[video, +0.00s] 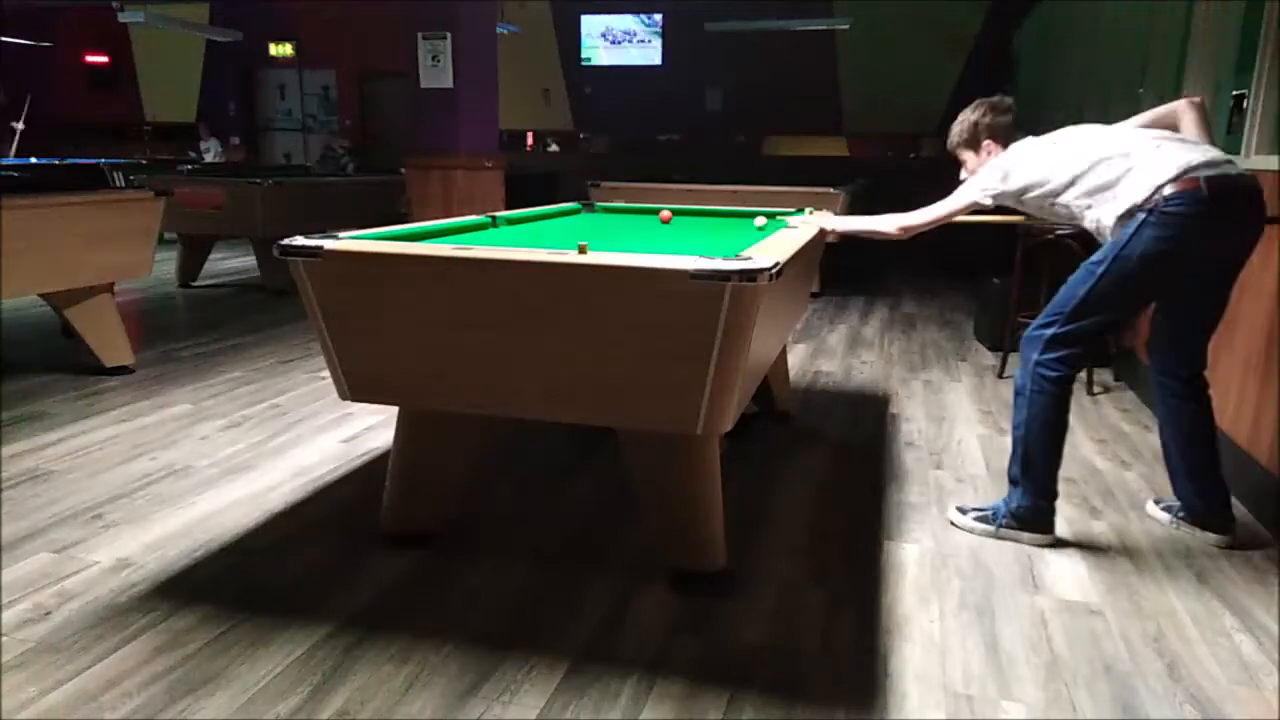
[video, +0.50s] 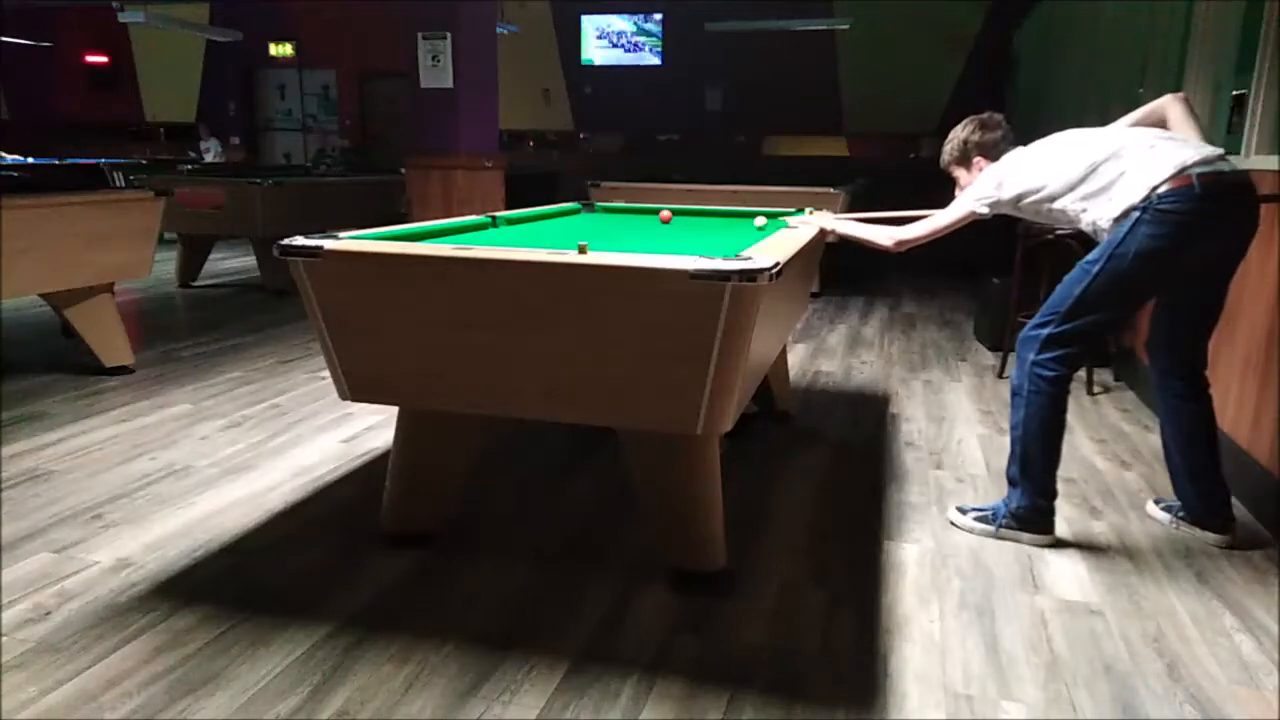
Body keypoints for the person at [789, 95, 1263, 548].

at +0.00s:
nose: (967, 179)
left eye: (967, 168)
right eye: (964, 170)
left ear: (990, 148)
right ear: (1009, 137)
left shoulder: (1005, 168)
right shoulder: (1096, 137)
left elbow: (906, 226)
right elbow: (1185, 107)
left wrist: (839, 225)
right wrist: (1210, 176)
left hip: (1176, 206)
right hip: (1239, 199)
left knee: (1045, 346)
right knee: (1176, 360)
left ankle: (1026, 510)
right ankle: (1207, 509)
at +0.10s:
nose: (962, 195)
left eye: (959, 182)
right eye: (959, 185)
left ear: (978, 166)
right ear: (1008, 148)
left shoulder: (1003, 175)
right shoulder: (1082, 143)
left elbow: (901, 237)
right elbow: (1169, 98)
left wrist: (836, 225)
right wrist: (1203, 165)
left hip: (1174, 201)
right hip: (1234, 197)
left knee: (1045, 345)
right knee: (1178, 359)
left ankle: (1026, 510)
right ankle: (1207, 510)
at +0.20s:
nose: (960, 193)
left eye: (959, 180)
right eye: (958, 183)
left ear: (978, 164)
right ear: (1008, 148)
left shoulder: (1000, 175)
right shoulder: (1082, 142)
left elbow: (900, 237)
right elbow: (1174, 100)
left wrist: (835, 225)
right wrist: (1238, 160)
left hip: (1174, 200)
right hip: (1234, 195)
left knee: (1044, 346)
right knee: (1178, 359)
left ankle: (1026, 511)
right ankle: (1207, 510)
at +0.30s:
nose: (961, 194)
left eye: (959, 181)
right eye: (958, 184)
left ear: (978, 164)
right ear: (1008, 148)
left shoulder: (1002, 175)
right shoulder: (1084, 143)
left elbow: (901, 238)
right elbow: (1171, 100)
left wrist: (834, 224)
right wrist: (1200, 169)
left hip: (1173, 202)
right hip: (1234, 198)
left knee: (1044, 345)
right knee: (1177, 359)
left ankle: (1026, 510)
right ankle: (1207, 510)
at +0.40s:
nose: (959, 194)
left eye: (958, 182)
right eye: (957, 185)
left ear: (978, 166)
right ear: (1006, 152)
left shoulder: (1000, 176)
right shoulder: (1080, 146)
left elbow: (900, 238)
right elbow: (1174, 104)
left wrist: (835, 224)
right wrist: (1233, 165)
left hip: (1174, 201)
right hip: (1233, 198)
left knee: (1042, 346)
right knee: (1177, 358)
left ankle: (1026, 510)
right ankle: (1207, 509)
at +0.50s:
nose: (960, 194)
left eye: (958, 182)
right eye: (957, 185)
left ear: (977, 166)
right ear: (1008, 149)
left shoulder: (1001, 175)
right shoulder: (1081, 145)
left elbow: (900, 239)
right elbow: (1171, 102)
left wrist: (833, 224)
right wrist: (1205, 169)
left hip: (1173, 203)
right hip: (1233, 199)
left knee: (1041, 346)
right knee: (1177, 359)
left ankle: (1026, 510)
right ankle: (1206, 509)